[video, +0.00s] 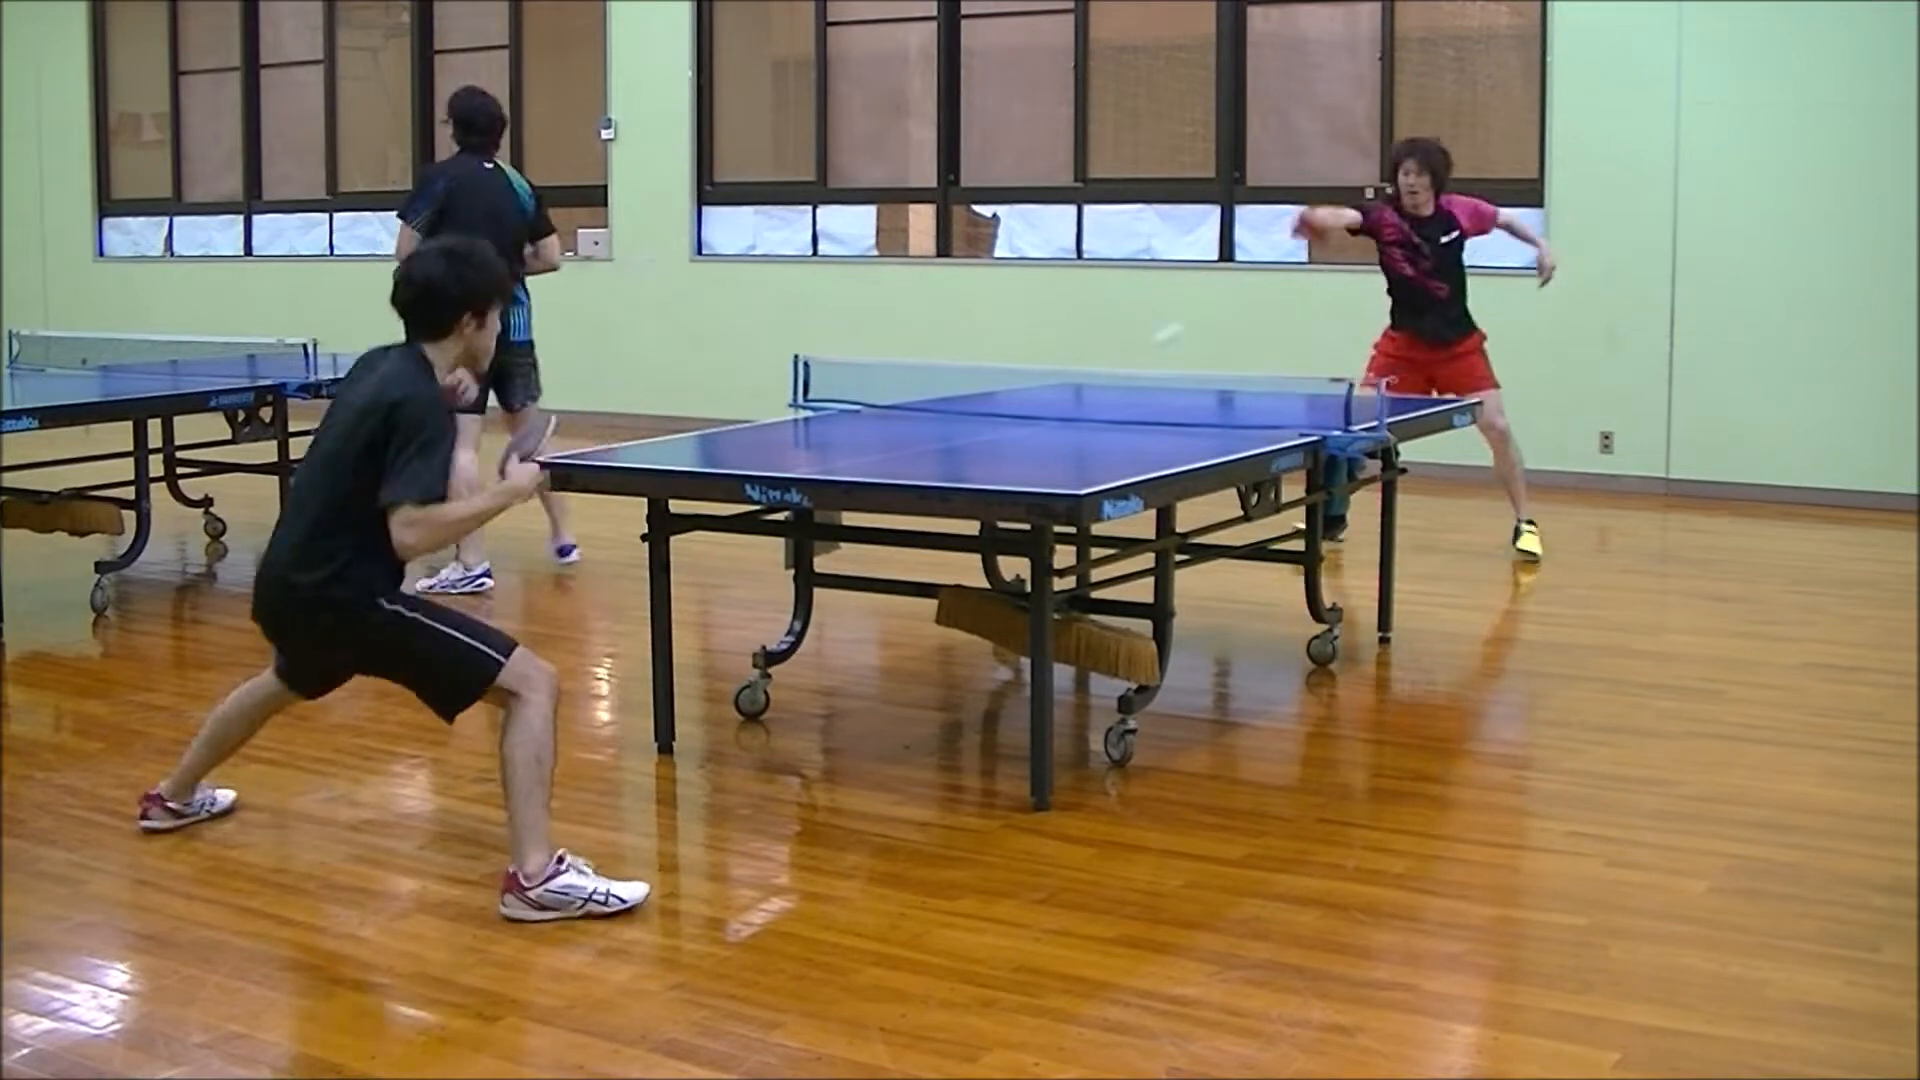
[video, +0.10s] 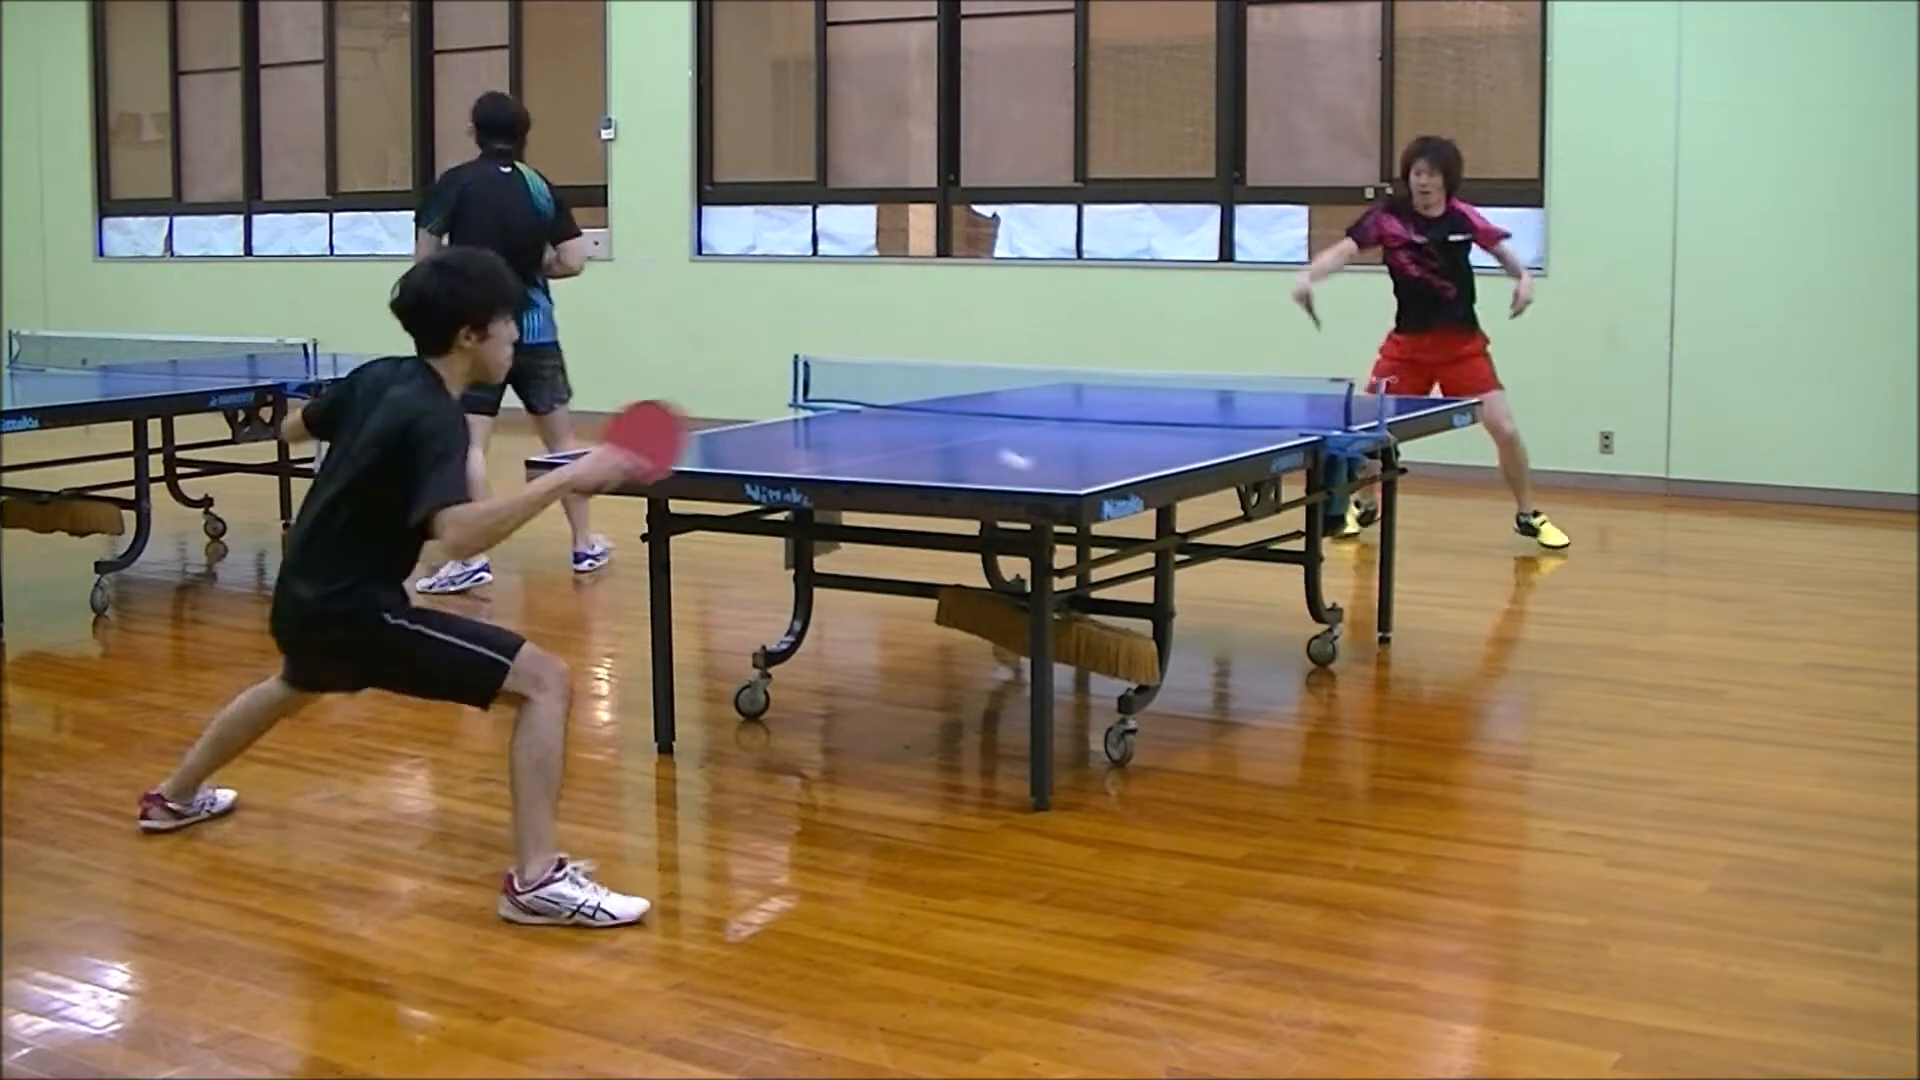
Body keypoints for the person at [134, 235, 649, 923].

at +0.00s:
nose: (497, 332)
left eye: (499, 319)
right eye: (496, 317)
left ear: (423, 311)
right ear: (472, 321)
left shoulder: (376, 368)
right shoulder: (421, 398)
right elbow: (410, 534)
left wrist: (449, 416)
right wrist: (508, 495)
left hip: (285, 593)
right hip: (346, 607)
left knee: (288, 679)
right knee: (533, 684)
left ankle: (172, 795)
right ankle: (537, 872)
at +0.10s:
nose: (515, 339)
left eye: (513, 325)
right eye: (508, 326)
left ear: (450, 331)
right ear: (470, 334)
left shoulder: (375, 378)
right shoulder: (438, 417)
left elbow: (299, 428)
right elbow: (457, 534)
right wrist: (568, 479)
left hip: (301, 612)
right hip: (356, 626)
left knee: (297, 682)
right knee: (545, 681)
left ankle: (172, 796)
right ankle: (538, 876)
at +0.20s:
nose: (537, 290)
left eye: (530, 276)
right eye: (523, 279)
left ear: (464, 299)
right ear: (485, 299)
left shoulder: (402, 349)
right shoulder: (491, 389)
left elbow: (318, 393)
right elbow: (570, 461)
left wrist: (390, 315)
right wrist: (690, 431)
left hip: (320, 582)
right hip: (390, 598)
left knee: (282, 684)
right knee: (577, 681)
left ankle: (183, 792)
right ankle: (541, 875)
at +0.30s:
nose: (564, 265)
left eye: (556, 253)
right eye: (549, 256)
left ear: (487, 280)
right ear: (509, 282)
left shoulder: (422, 327)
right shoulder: (548, 369)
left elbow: (336, 326)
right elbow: (659, 394)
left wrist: (412, 261)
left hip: (325, 555)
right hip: (405, 577)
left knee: (321, 646)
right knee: (579, 682)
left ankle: (216, 778)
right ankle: (550, 873)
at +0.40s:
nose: (583, 289)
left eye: (577, 275)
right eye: (573, 278)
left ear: (492, 289)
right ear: (543, 294)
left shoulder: (433, 324)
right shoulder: (562, 378)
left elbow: (331, 309)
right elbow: (687, 401)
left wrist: (400, 245)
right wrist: (824, 389)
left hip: (317, 556)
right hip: (395, 583)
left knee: (369, 608)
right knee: (568, 709)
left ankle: (274, 730)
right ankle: (569, 903)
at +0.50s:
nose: (584, 303)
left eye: (581, 290)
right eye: (580, 292)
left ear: (494, 296)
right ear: (554, 304)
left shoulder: (429, 344)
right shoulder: (561, 393)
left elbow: (317, 384)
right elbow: (671, 462)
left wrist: (382, 322)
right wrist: (809, 471)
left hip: (324, 570)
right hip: (411, 594)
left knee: (369, 618)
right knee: (584, 703)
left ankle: (294, 776)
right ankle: (575, 904)